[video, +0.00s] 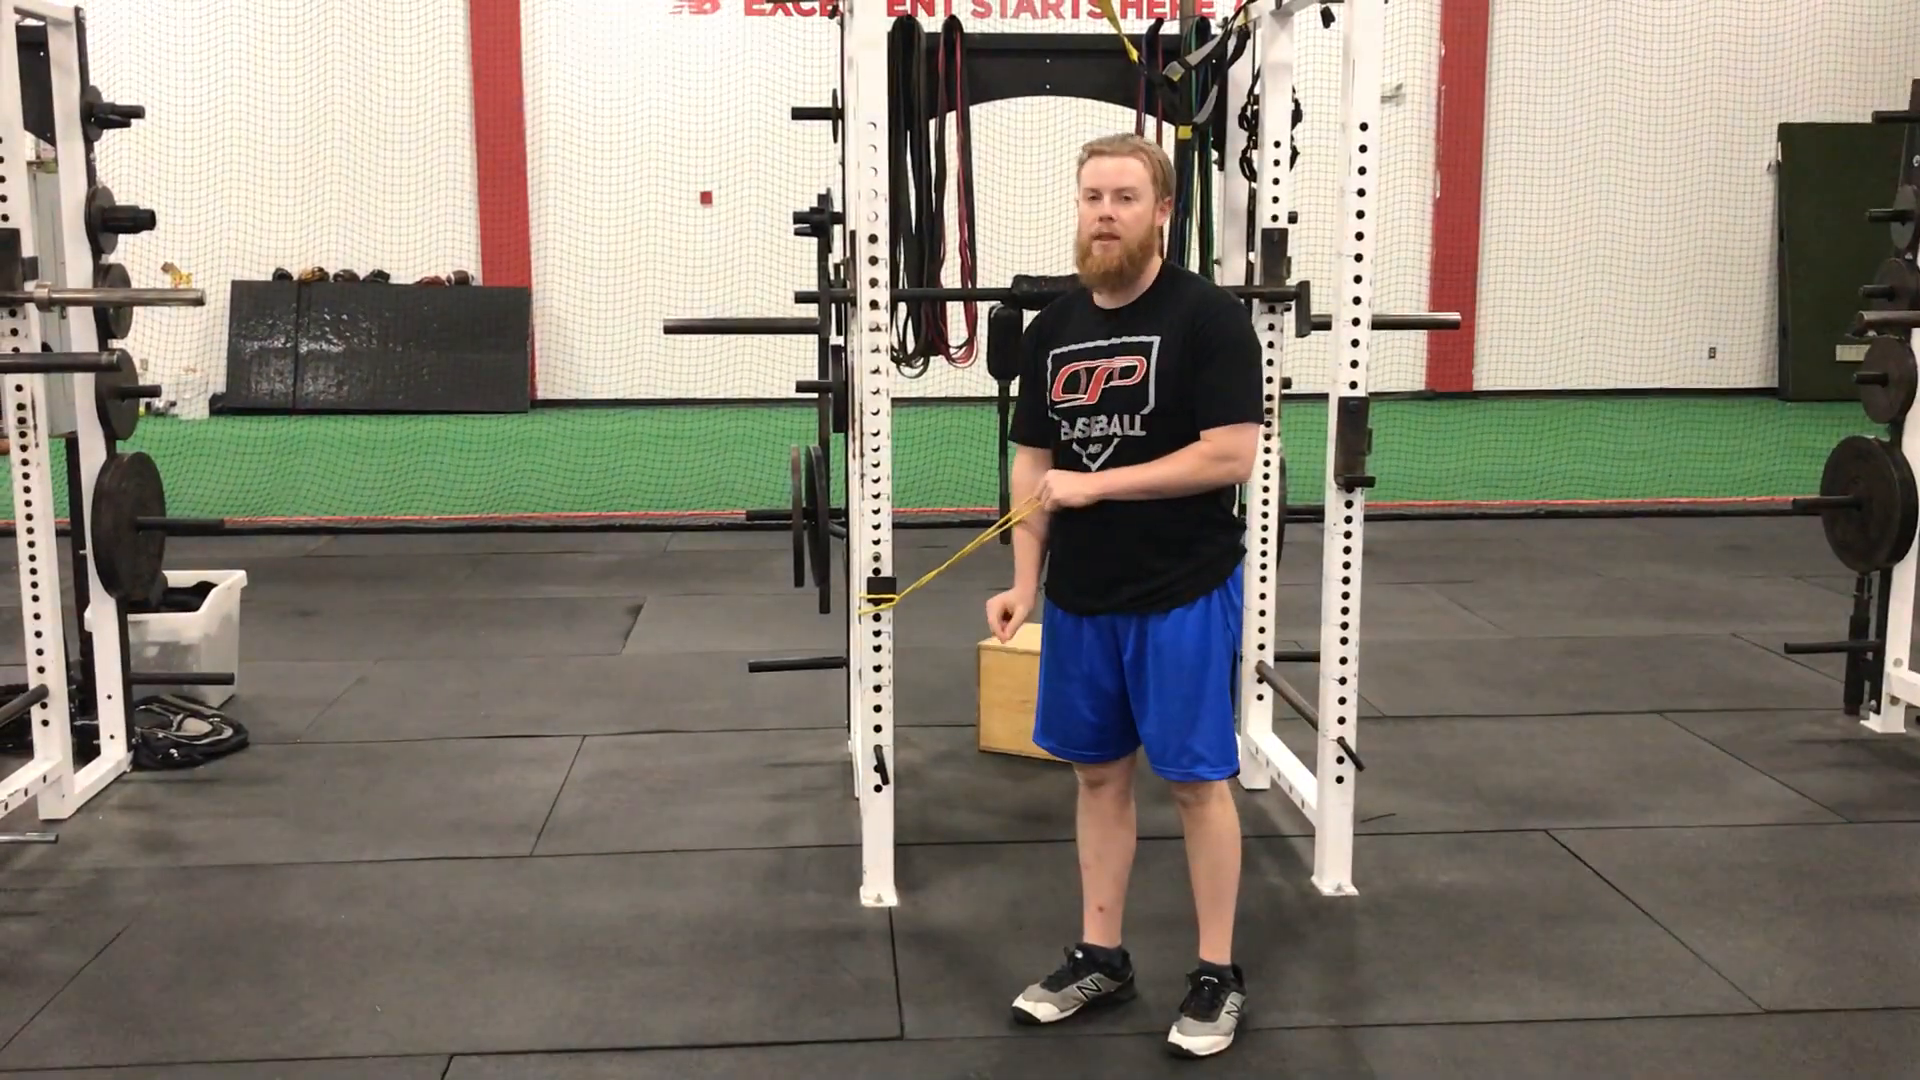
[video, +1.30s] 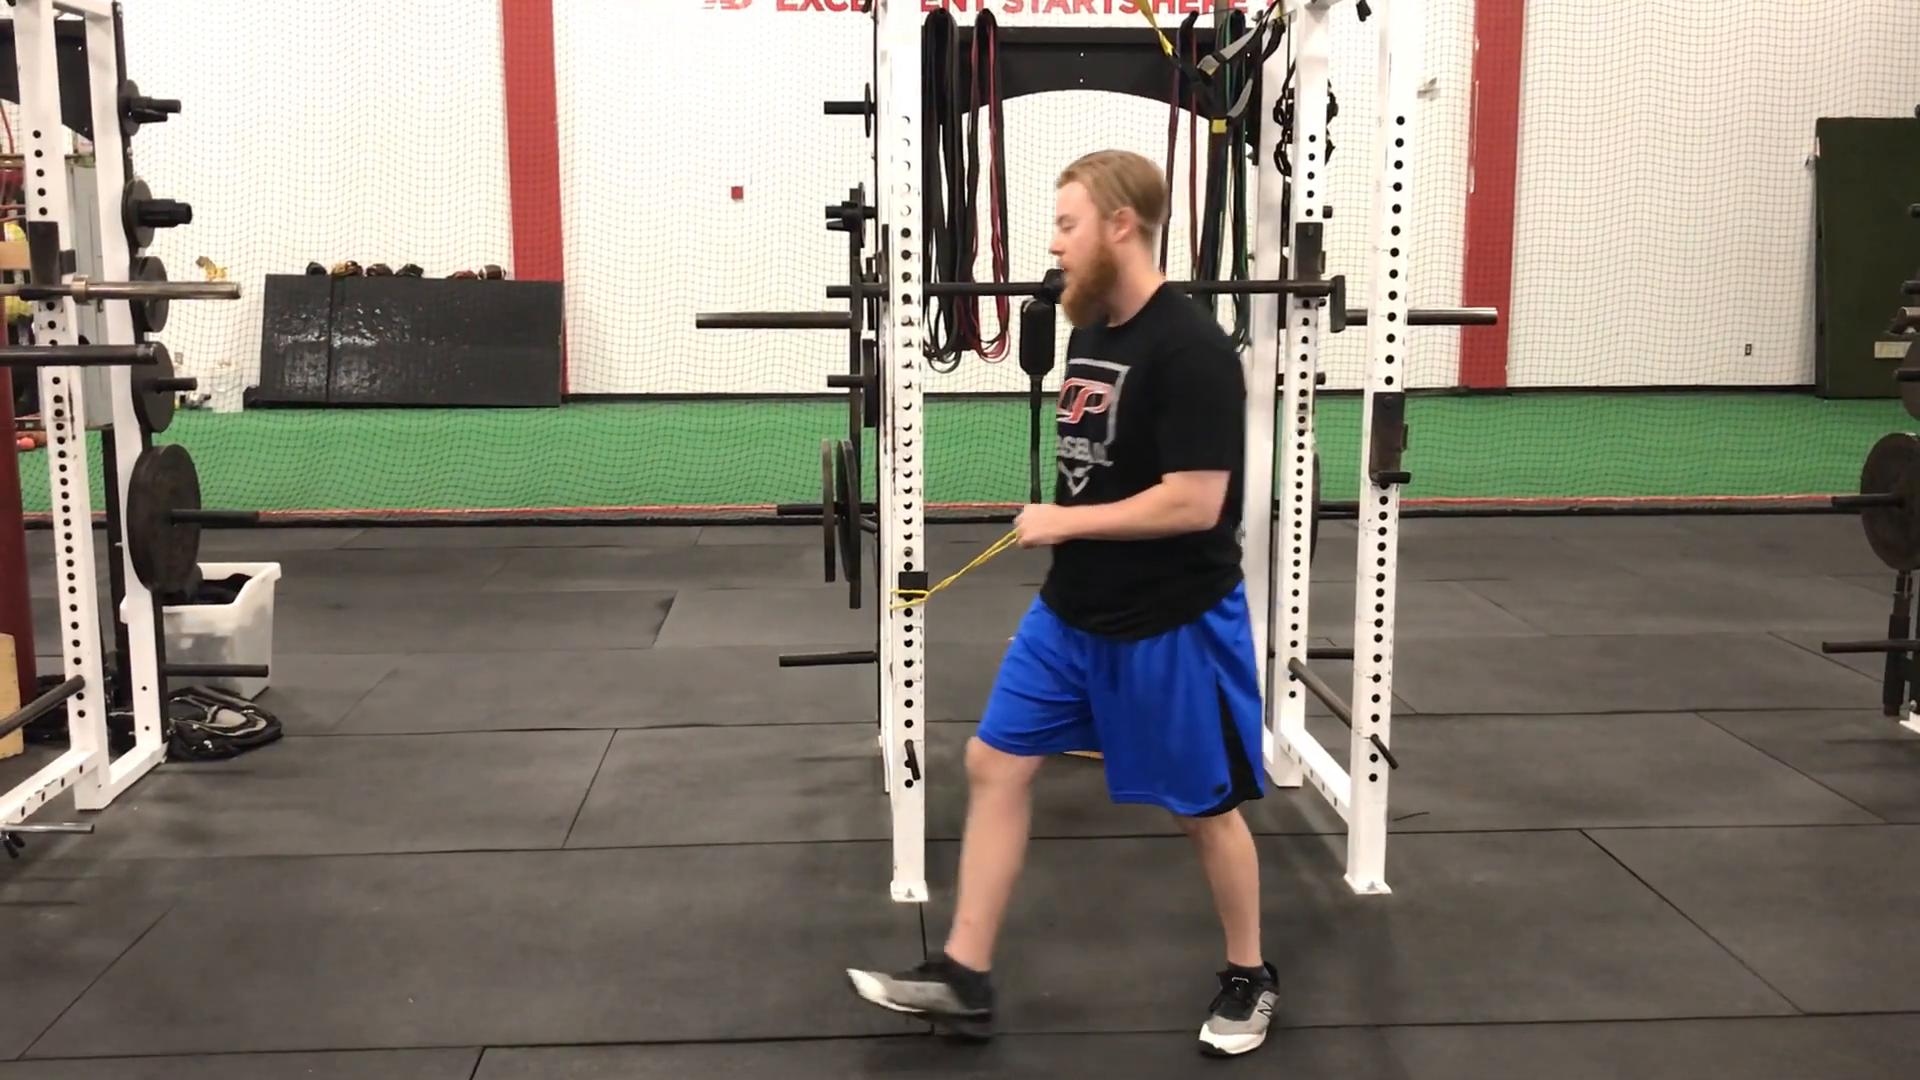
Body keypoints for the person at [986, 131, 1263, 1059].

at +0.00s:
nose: (1103, 212)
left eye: (1123, 197)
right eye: (1091, 196)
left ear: (1162, 212)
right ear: (1075, 210)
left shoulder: (1210, 318)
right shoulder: (1053, 326)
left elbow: (1234, 454)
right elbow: (1031, 458)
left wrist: (1096, 483)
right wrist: (1026, 578)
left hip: (1186, 596)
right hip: (1080, 596)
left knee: (1199, 779)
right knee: (1098, 774)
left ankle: (1215, 974)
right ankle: (1100, 958)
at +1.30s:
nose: (1054, 244)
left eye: (1066, 224)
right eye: (1054, 226)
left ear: (1124, 228)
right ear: (1114, 230)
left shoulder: (1190, 344)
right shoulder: (1092, 333)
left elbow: (1198, 498)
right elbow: (1111, 468)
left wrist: (1067, 521)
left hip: (1171, 623)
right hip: (1072, 610)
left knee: (1205, 807)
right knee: (997, 761)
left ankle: (1248, 974)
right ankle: (964, 975)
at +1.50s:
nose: (951, 257)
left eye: (963, 237)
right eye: (953, 238)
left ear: (1019, 243)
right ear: (1018, 245)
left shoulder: (1078, 352)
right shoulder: (1015, 351)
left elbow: (1090, 505)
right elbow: (1051, 467)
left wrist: (963, 537)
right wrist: (1009, 432)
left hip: (1094, 642)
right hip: (996, 630)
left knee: (1148, 818)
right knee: (917, 781)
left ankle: (1244, 964)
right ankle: (898, 993)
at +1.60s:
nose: (899, 250)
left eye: (910, 231)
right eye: (901, 231)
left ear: (959, 236)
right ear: (966, 239)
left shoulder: (1012, 342)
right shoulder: (975, 341)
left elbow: (1014, 495)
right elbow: (1008, 450)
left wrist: (914, 530)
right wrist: (945, 428)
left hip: (1034, 638)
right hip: (949, 626)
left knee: (1072, 837)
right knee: (881, 782)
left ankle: (1218, 943)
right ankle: (895, 995)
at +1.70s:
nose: (852, 236)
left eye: (864, 216)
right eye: (857, 218)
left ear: (913, 226)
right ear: (925, 230)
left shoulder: (957, 328)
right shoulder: (932, 328)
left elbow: (949, 481)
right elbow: (951, 477)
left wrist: (861, 500)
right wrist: (884, 499)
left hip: (988, 626)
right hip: (920, 618)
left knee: (976, 841)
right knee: (870, 783)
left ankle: (1150, 929)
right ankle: (895, 993)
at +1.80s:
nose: (822, 222)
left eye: (834, 205)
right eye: (828, 205)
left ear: (873, 216)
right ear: (894, 220)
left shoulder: (903, 317)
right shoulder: (909, 311)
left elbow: (892, 472)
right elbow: (909, 466)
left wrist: (823, 477)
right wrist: (848, 470)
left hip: (946, 608)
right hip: (914, 604)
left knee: (888, 823)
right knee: (860, 788)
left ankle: (1054, 973)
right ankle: (898, 995)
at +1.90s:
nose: (797, 212)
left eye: (807, 195)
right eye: (804, 194)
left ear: (841, 208)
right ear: (873, 216)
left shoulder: (846, 311)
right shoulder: (911, 312)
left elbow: (836, 464)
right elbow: (911, 459)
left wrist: (793, 475)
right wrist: (817, 472)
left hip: (897, 607)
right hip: (947, 599)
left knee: (815, 824)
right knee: (876, 802)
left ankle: (936, 1031)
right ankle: (896, 991)